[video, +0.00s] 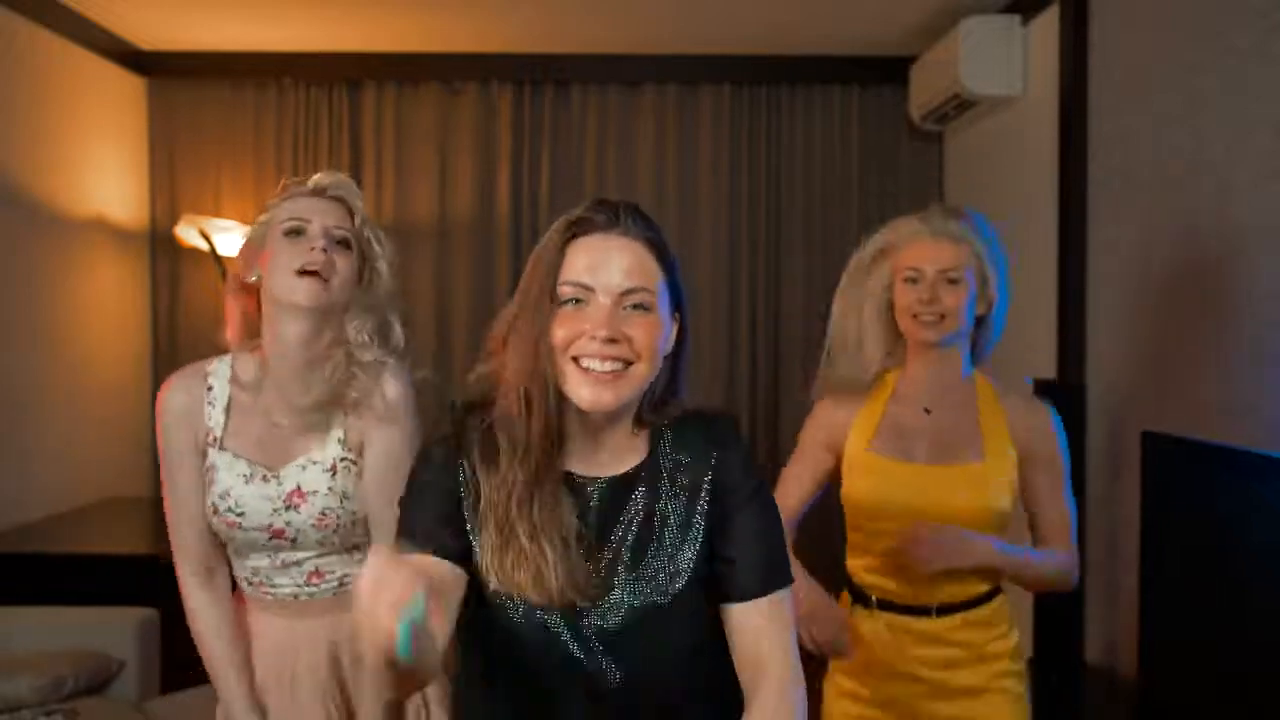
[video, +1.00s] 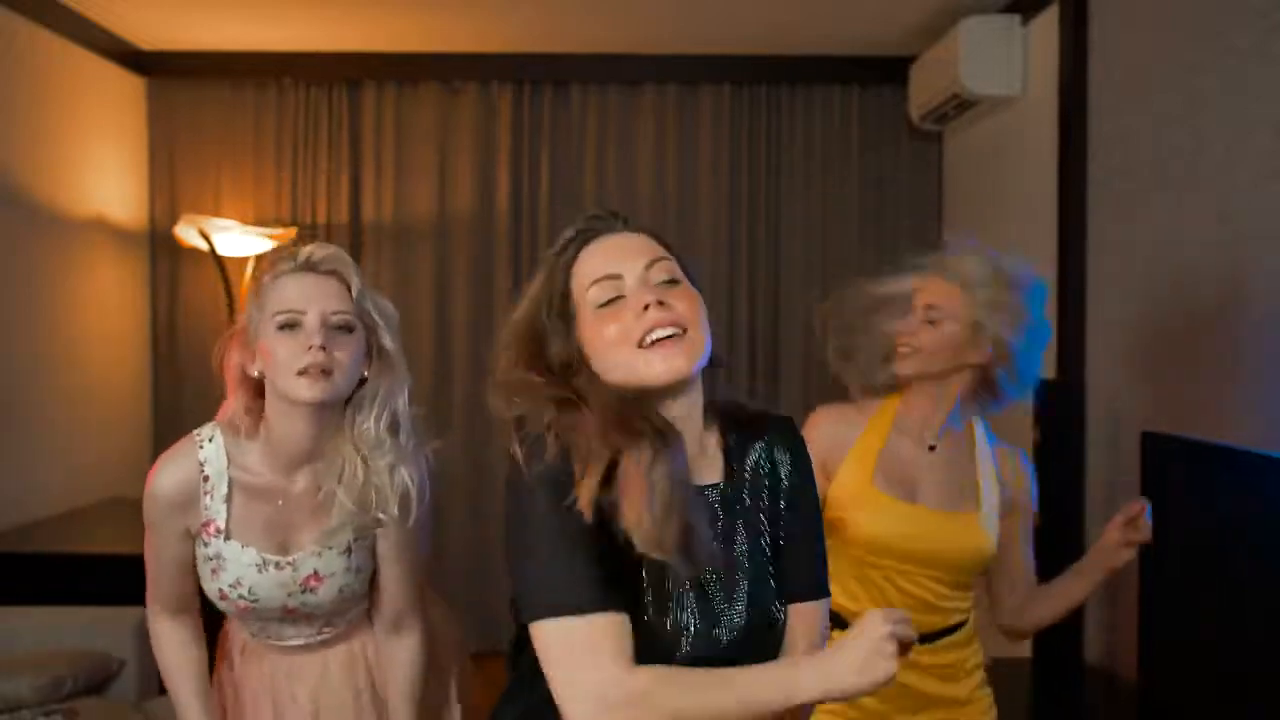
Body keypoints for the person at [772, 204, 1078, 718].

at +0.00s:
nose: (928, 297)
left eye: (951, 281)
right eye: (911, 280)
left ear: (982, 299)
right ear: (887, 295)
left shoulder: (1027, 421)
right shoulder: (841, 415)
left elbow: (1063, 566)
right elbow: (767, 532)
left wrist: (979, 551)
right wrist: (805, 595)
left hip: (980, 676)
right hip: (867, 675)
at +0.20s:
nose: (908, 289)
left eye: (931, 275)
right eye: (893, 273)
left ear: (965, 296)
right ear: (872, 289)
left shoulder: (1011, 410)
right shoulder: (830, 405)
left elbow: (1040, 551)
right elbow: (776, 537)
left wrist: (961, 564)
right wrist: (823, 510)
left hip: (961, 671)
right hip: (848, 665)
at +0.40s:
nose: (929, 262)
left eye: (930, 248)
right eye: (909, 246)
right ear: (850, 256)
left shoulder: (951, 377)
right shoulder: (786, 383)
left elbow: (984, 504)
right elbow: (749, 509)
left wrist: (950, 536)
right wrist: (802, 426)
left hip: (930, 638)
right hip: (819, 640)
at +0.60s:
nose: (905, 313)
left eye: (892, 302)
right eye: (883, 308)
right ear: (835, 333)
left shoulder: (915, 419)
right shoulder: (784, 440)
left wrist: (946, 560)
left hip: (902, 681)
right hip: (798, 686)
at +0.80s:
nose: (922, 273)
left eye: (924, 251)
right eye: (892, 267)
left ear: (936, 248)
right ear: (847, 285)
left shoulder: (962, 373)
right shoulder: (812, 369)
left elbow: (952, 501)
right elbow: (767, 507)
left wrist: (1041, 483)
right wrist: (799, 533)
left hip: (939, 625)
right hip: (839, 629)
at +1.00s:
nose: (904, 329)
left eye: (931, 319)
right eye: (908, 314)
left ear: (984, 348)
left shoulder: (1005, 468)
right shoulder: (834, 431)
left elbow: (1016, 616)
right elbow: (779, 561)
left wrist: (1102, 559)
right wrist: (795, 683)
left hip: (956, 695)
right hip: (848, 692)